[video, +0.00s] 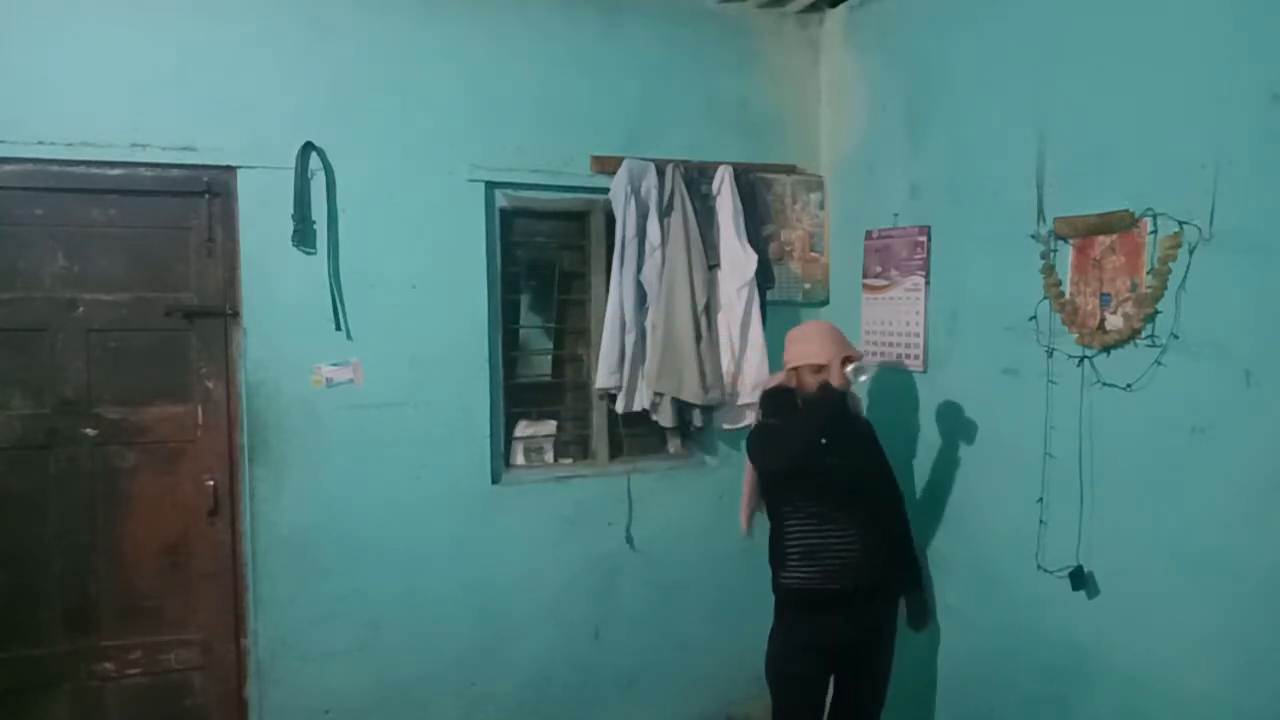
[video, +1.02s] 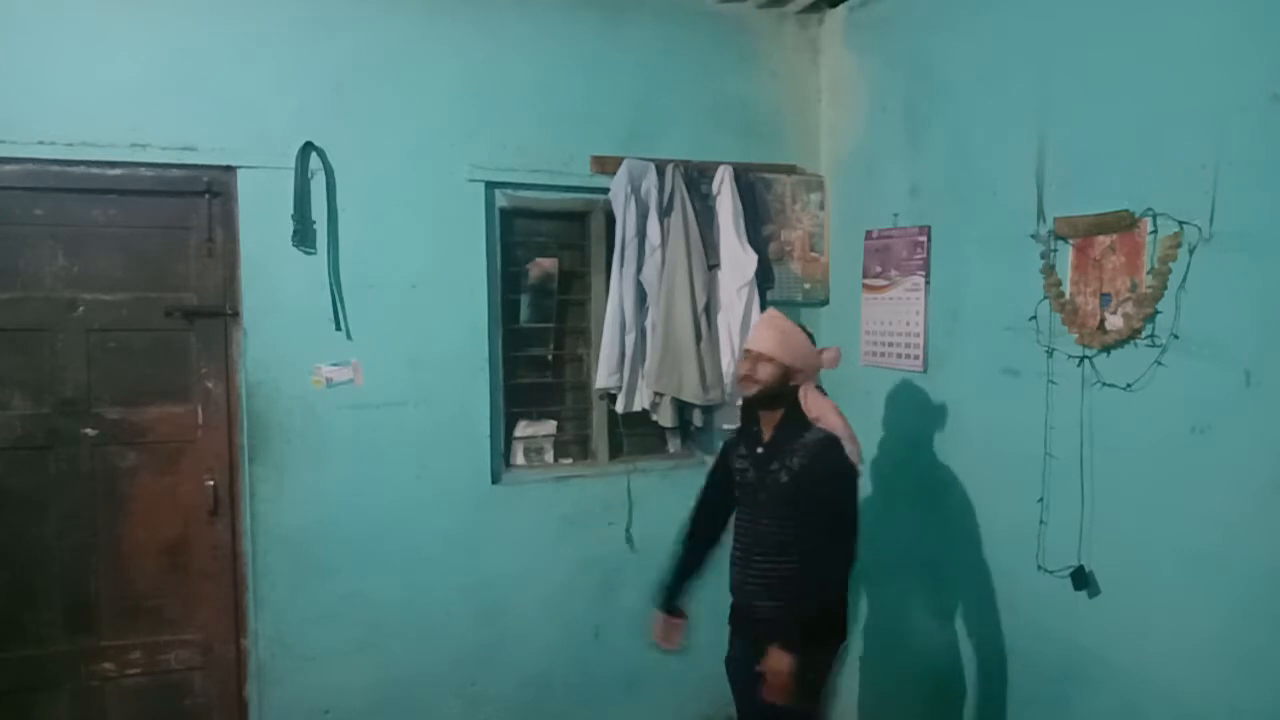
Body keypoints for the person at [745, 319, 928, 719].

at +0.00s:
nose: (834, 379)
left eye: (842, 367)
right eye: (819, 369)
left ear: (849, 369)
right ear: (792, 376)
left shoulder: (858, 429)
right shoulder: (770, 435)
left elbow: (892, 511)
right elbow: (781, 463)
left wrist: (914, 588)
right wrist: (831, 398)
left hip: (870, 610)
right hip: (802, 611)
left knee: (859, 711)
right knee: (796, 711)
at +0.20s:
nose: (823, 378)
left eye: (836, 368)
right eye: (810, 369)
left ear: (851, 374)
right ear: (792, 375)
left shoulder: (876, 431)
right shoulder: (779, 427)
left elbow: (916, 507)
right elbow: (746, 464)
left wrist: (931, 591)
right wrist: (794, 406)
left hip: (866, 602)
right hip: (793, 599)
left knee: (853, 711)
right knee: (779, 710)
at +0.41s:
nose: (825, 399)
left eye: (837, 389)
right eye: (814, 388)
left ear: (851, 386)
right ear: (792, 384)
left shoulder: (877, 440)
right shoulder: (775, 433)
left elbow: (923, 524)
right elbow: (716, 478)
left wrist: (946, 612)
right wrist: (745, 431)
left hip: (862, 606)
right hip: (788, 603)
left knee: (846, 712)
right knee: (780, 711)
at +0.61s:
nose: (805, 395)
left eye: (817, 384)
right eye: (793, 382)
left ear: (834, 382)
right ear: (775, 379)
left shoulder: (864, 445)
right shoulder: (761, 432)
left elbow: (909, 535)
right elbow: (689, 469)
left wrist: (921, 630)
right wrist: (686, 426)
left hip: (849, 616)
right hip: (774, 613)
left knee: (847, 711)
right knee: (765, 710)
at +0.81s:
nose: (763, 372)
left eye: (778, 364)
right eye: (762, 360)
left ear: (808, 377)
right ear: (756, 362)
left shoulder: (848, 447)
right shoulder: (745, 434)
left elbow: (892, 536)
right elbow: (677, 478)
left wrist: (860, 615)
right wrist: (639, 458)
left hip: (827, 629)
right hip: (758, 622)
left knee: (825, 713)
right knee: (760, 710)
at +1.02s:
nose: (745, 369)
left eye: (761, 360)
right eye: (745, 357)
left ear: (794, 374)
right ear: (738, 362)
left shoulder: (824, 453)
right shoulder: (741, 445)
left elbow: (829, 562)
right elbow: (707, 523)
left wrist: (792, 644)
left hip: (806, 631)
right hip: (749, 623)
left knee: (791, 711)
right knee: (750, 709)